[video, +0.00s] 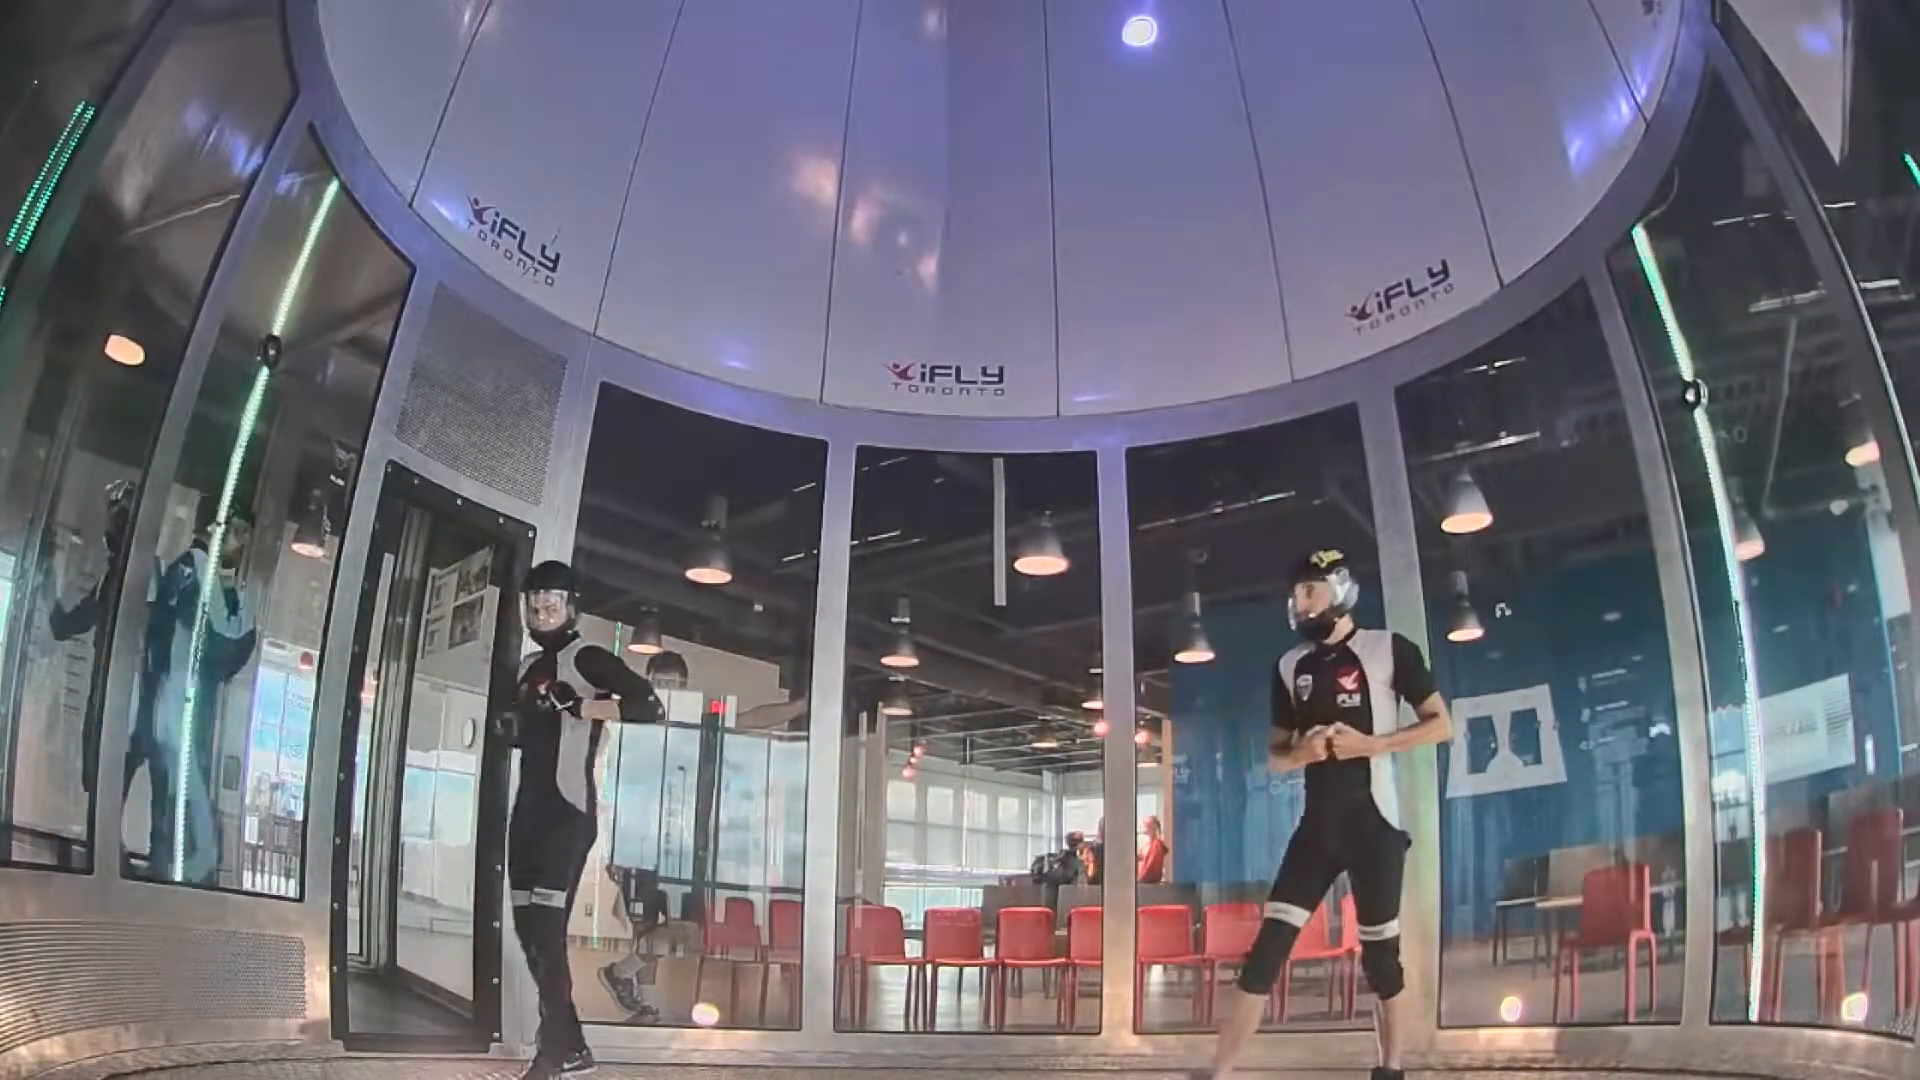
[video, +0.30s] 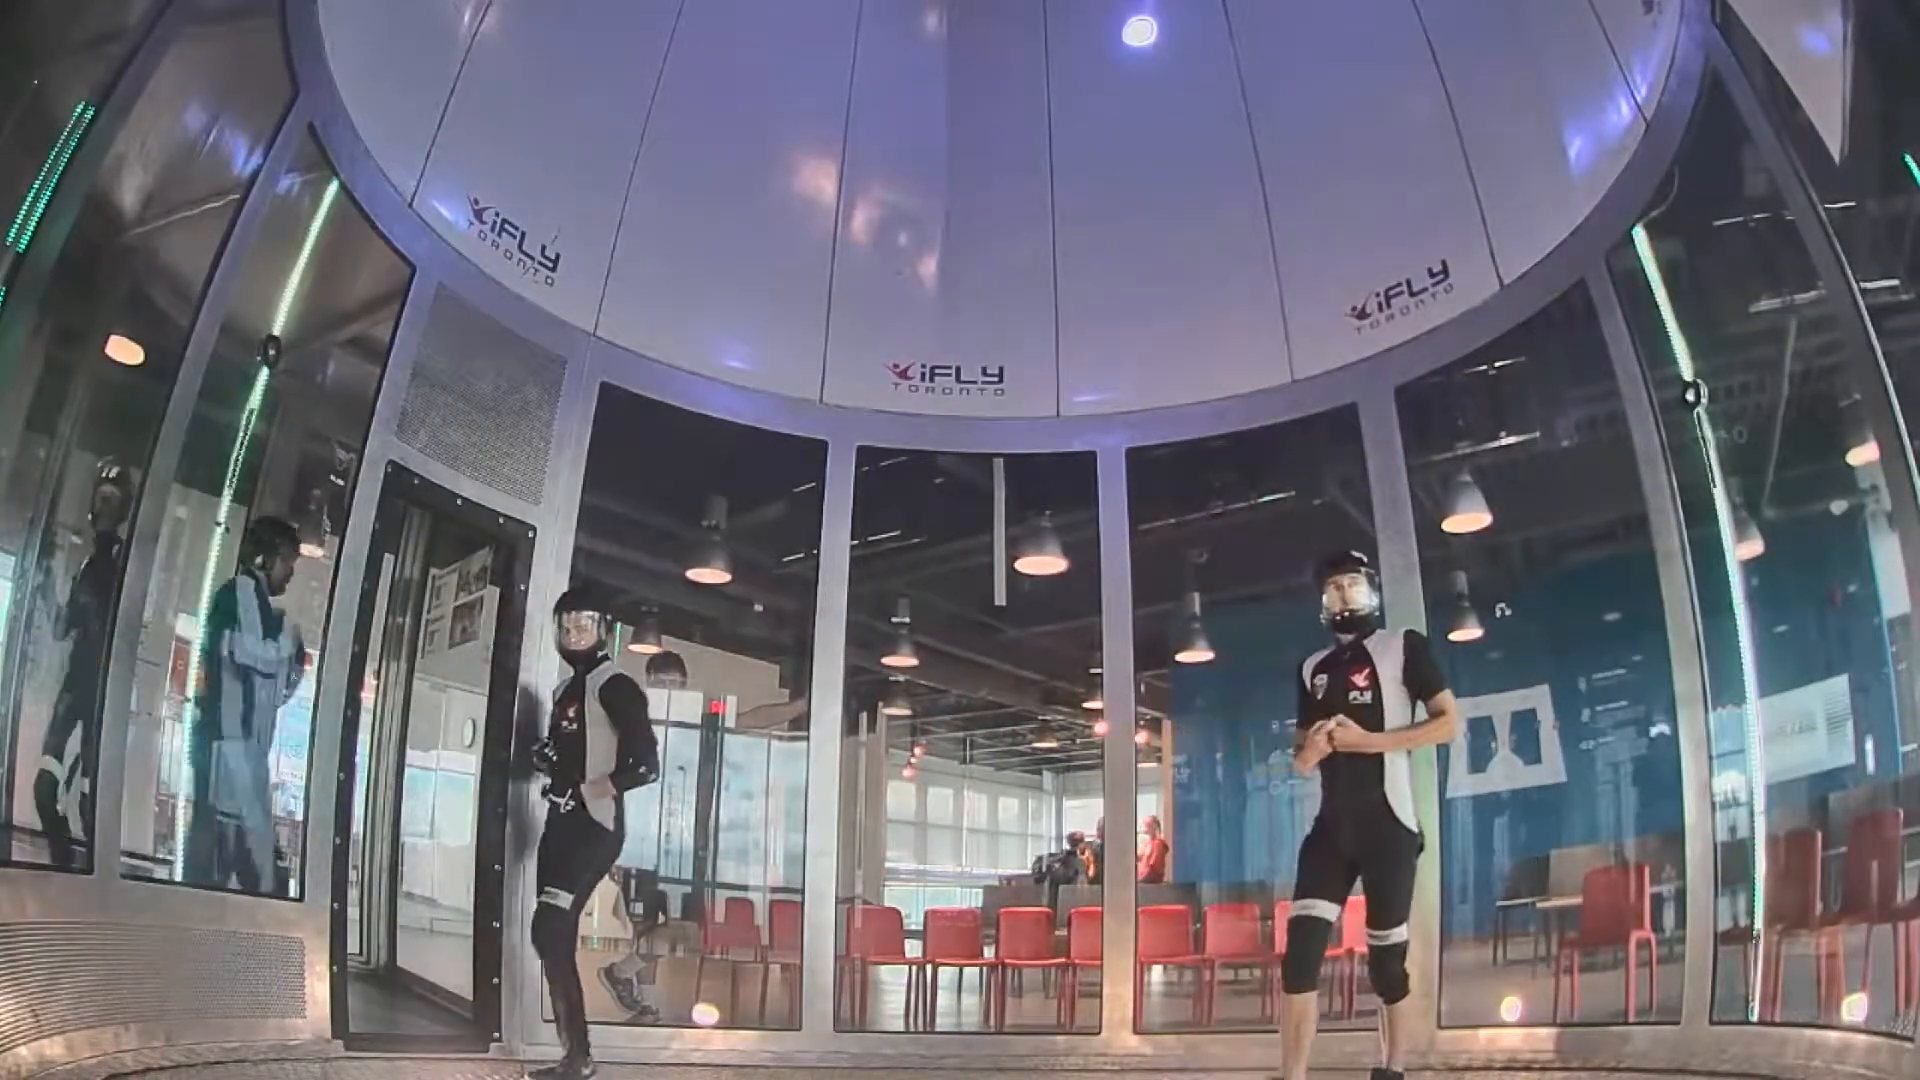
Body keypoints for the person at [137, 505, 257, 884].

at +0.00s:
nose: (233, 540)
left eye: (240, 533)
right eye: (227, 530)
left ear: (247, 543)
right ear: (209, 531)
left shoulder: (230, 590)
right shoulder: (186, 569)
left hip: (201, 684)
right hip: (174, 678)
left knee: (181, 757)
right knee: (172, 756)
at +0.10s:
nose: (258, 546)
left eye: (260, 538)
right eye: (253, 536)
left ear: (254, 544)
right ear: (234, 535)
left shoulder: (241, 588)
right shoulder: (208, 573)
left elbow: (260, 645)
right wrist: (254, 651)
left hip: (211, 706)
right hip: (184, 704)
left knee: (200, 800)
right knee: (186, 799)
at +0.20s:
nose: (275, 556)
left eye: (277, 548)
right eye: (269, 546)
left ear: (264, 551)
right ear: (247, 547)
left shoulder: (259, 596)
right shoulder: (228, 576)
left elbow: (280, 656)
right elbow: (236, 640)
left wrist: (246, 645)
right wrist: (276, 639)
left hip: (234, 720)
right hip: (206, 715)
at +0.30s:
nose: (292, 570)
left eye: (294, 561)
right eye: (289, 560)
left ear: (267, 559)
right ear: (265, 557)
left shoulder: (258, 600)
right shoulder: (243, 590)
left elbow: (272, 691)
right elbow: (243, 650)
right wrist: (288, 650)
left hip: (250, 728)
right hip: (233, 726)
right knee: (247, 814)